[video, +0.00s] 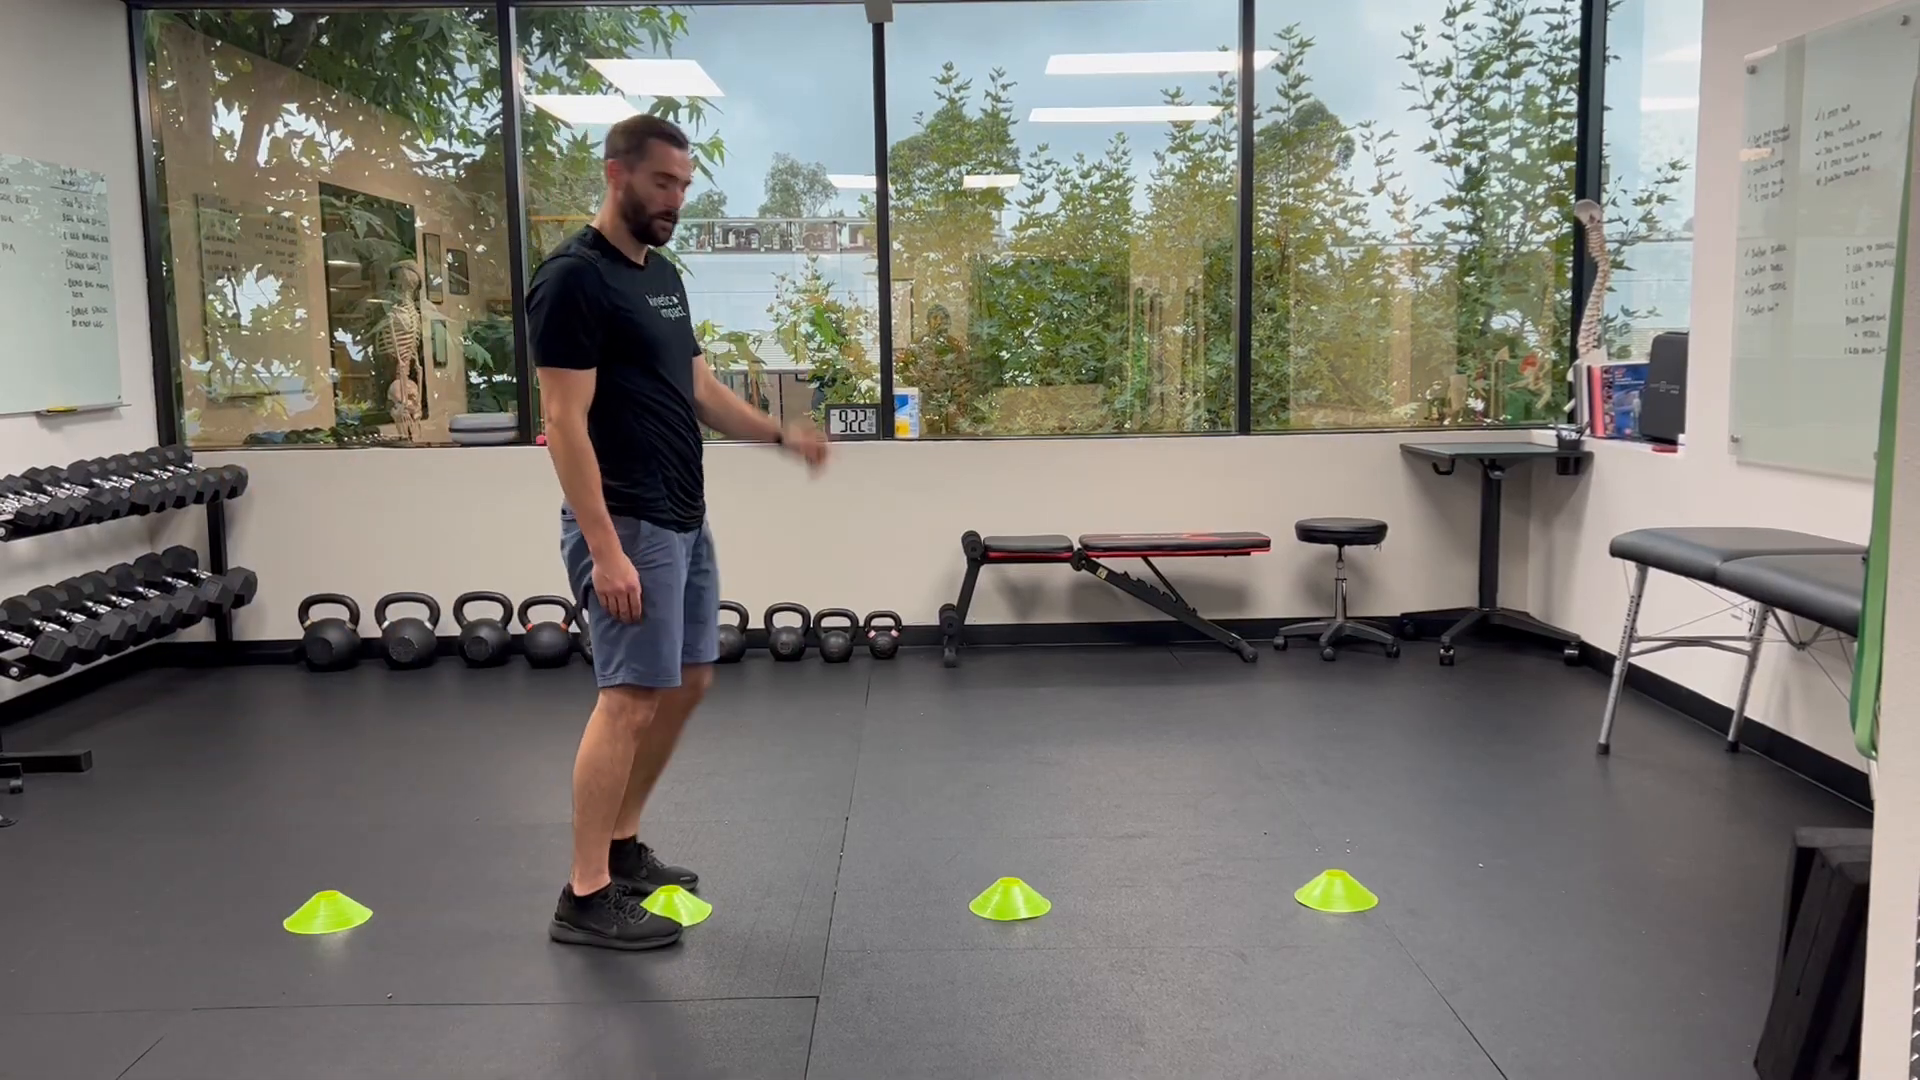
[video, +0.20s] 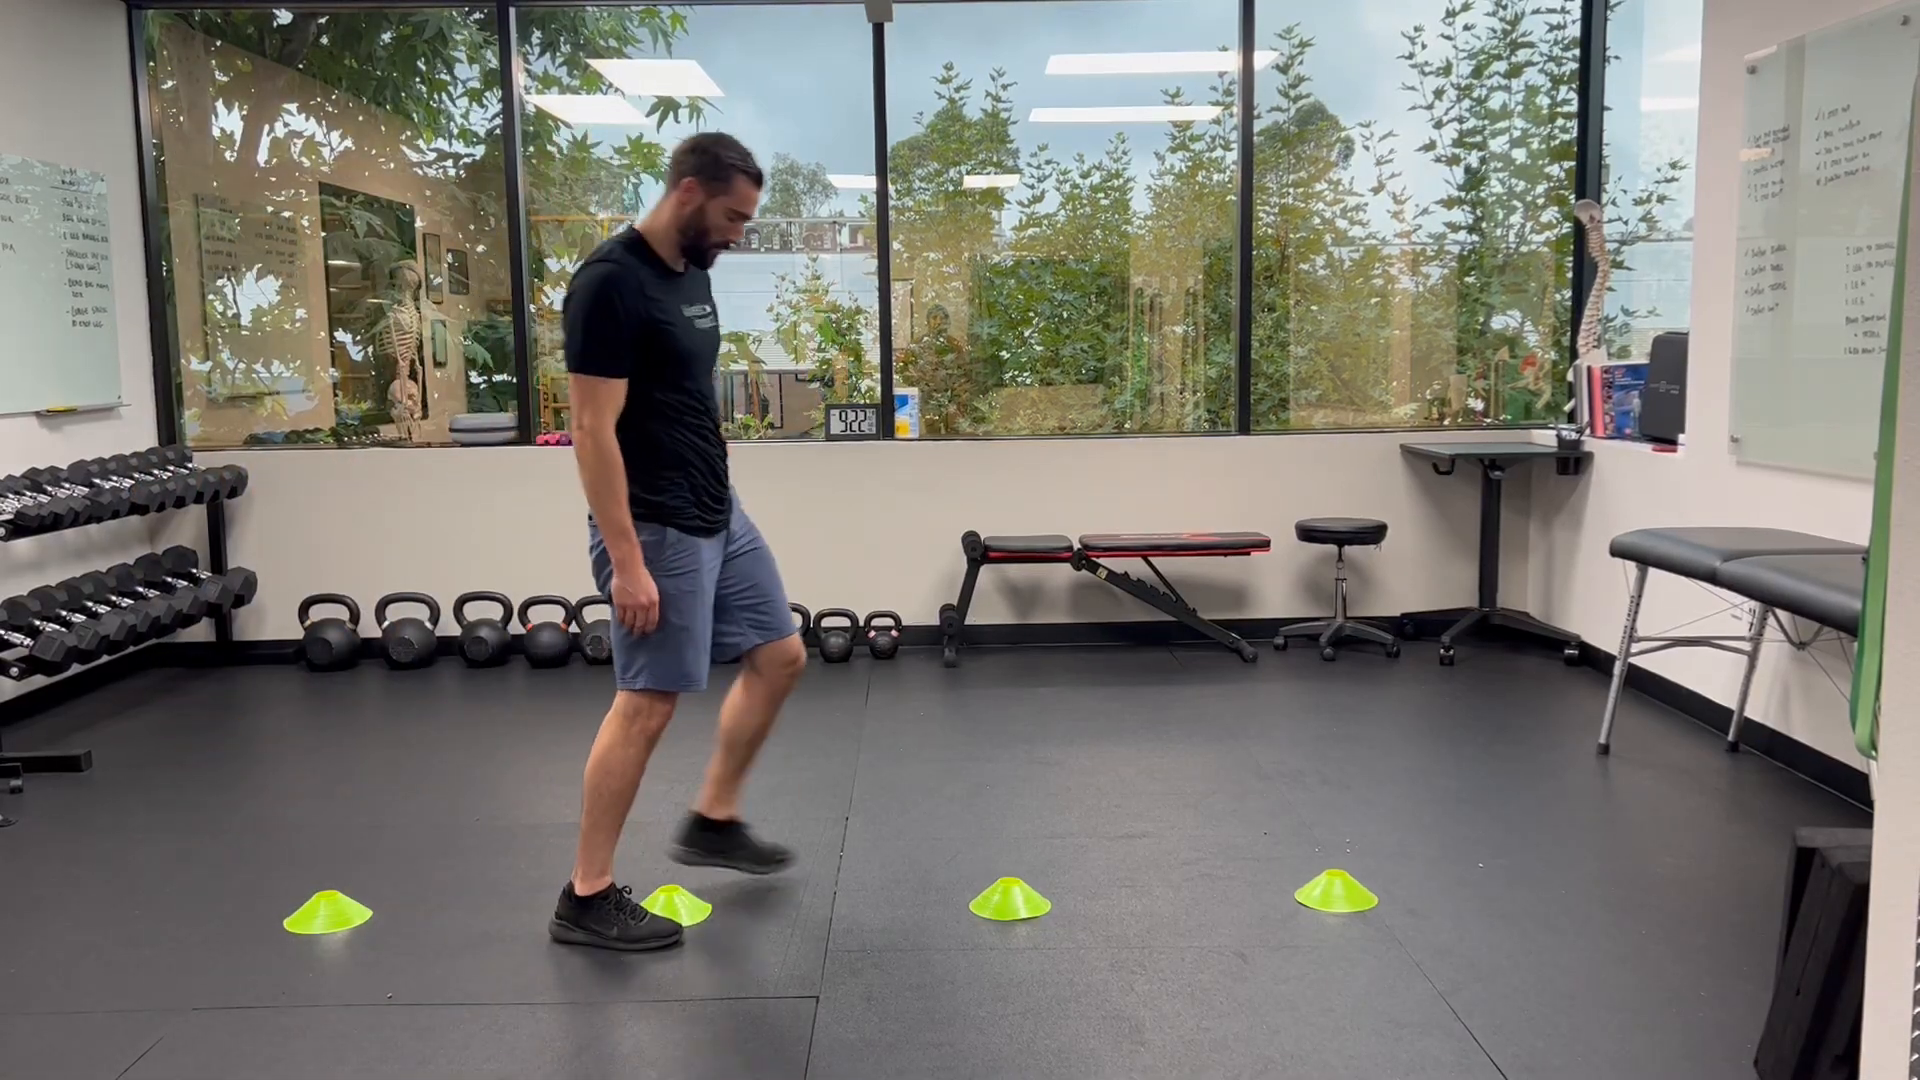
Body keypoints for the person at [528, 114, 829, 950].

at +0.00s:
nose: (675, 199)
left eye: (683, 186)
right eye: (663, 182)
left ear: (682, 188)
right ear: (615, 174)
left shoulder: (662, 276)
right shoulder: (573, 281)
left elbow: (697, 386)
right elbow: (564, 425)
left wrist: (778, 430)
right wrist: (605, 549)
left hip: (683, 522)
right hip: (623, 526)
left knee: (687, 680)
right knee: (629, 694)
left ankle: (616, 845)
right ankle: (585, 892)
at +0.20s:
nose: (738, 237)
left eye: (744, 224)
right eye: (733, 220)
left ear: (705, 202)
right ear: (686, 194)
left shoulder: (689, 273)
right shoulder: (610, 282)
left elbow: (685, 407)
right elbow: (591, 433)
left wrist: (715, 508)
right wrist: (627, 561)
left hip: (717, 519)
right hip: (656, 532)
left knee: (778, 657)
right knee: (644, 705)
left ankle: (714, 819)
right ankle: (587, 893)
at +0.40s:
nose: (814, 247)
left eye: (820, 234)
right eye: (812, 230)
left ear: (781, 211)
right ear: (769, 202)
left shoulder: (748, 282)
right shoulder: (694, 287)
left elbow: (726, 417)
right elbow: (660, 428)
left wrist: (662, 499)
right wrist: (676, 563)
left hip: (759, 526)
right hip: (702, 535)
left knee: (820, 669)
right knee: (664, 707)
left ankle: (896, 818)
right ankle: (588, 891)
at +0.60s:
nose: (910, 277)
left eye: (918, 265)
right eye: (910, 259)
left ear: (876, 235)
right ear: (872, 231)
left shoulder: (828, 302)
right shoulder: (798, 307)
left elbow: (797, 435)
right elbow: (751, 440)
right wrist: (772, 570)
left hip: (832, 543)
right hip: (779, 553)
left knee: (894, 671)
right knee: (720, 712)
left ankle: (936, 844)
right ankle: (600, 878)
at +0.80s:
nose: (964, 223)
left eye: (975, 212)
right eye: (956, 201)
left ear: (970, 216)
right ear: (912, 187)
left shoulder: (905, 283)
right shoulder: (860, 274)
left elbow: (901, 413)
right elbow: (825, 406)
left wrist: (956, 496)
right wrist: (867, 528)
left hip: (892, 510)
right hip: (840, 516)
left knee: (924, 672)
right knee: (895, 688)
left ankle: (935, 844)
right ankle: (726, 805)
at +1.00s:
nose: (964, 193)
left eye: (977, 182)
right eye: (952, 173)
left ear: (980, 194)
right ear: (913, 173)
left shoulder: (947, 277)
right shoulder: (875, 270)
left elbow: (972, 389)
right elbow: (859, 403)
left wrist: (1051, 457)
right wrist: (922, 514)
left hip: (929, 508)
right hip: (894, 513)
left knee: (941, 681)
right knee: (967, 684)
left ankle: (937, 851)